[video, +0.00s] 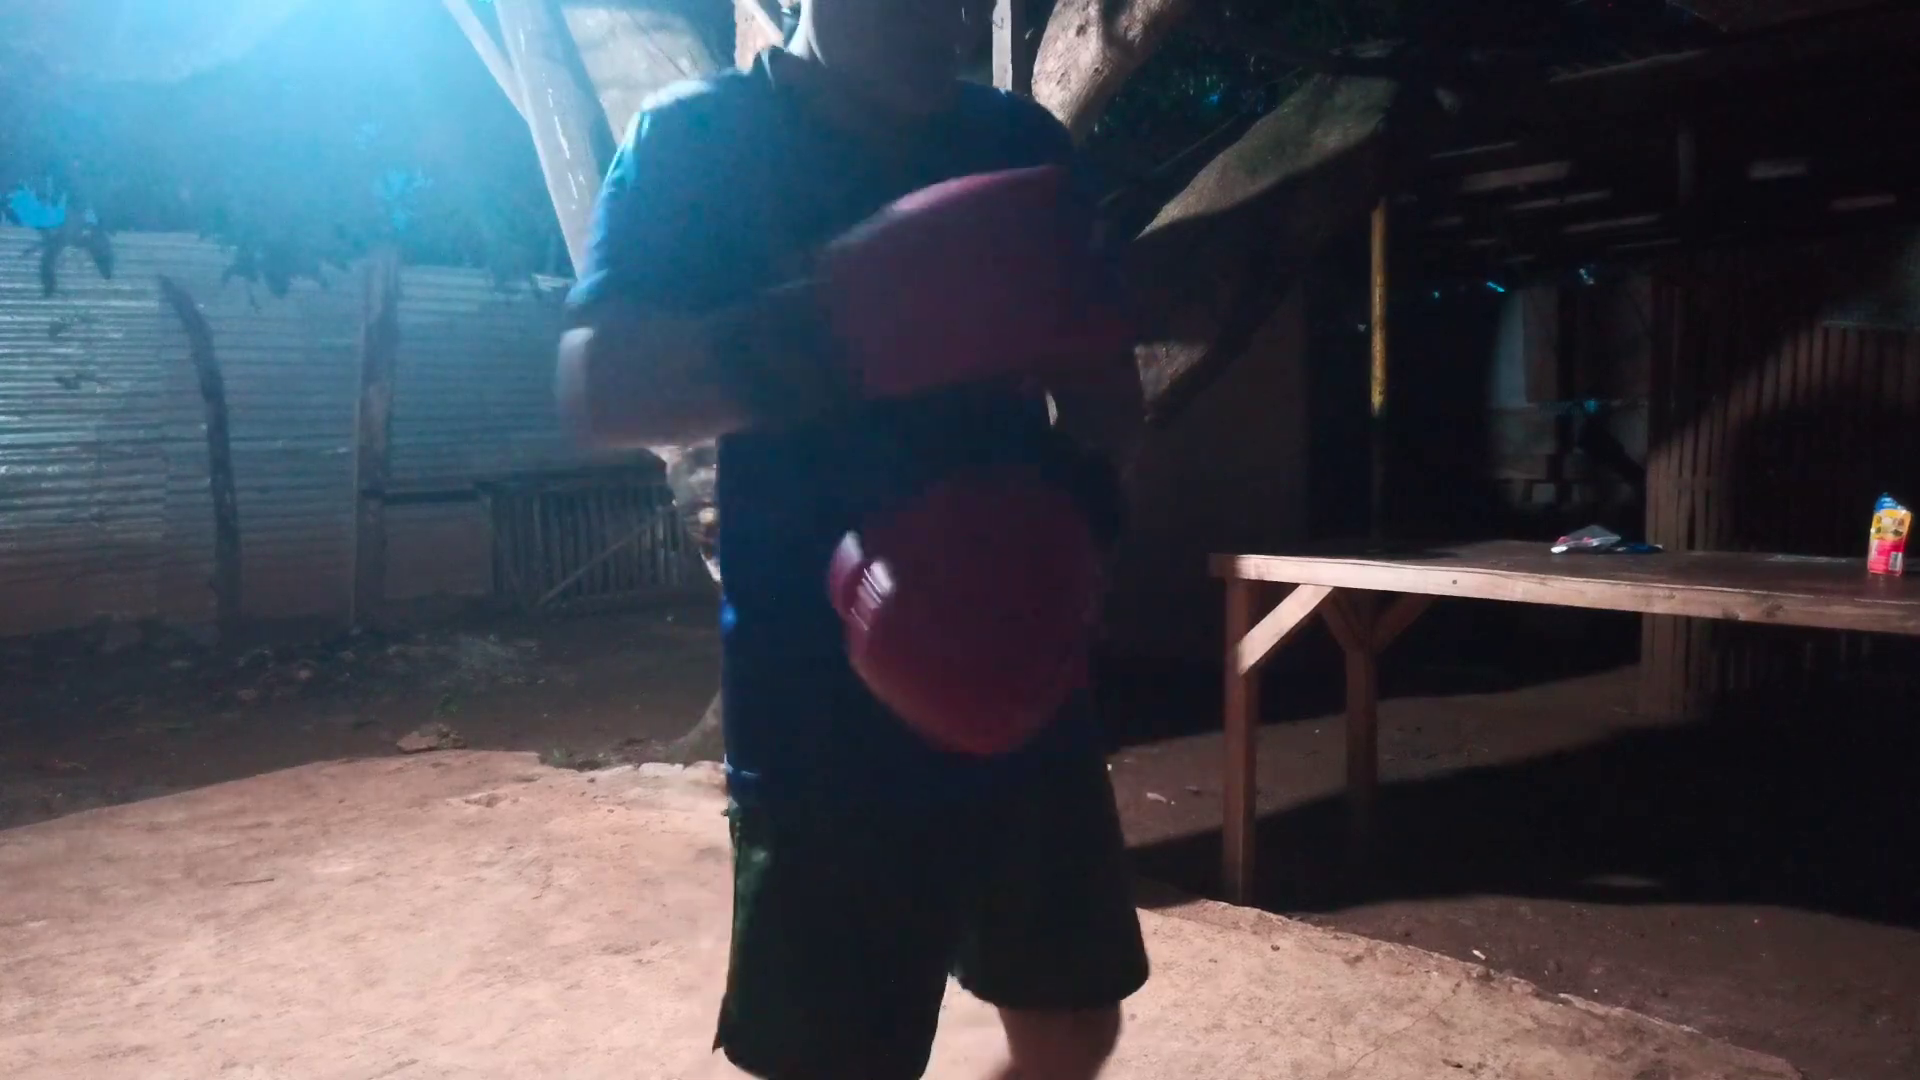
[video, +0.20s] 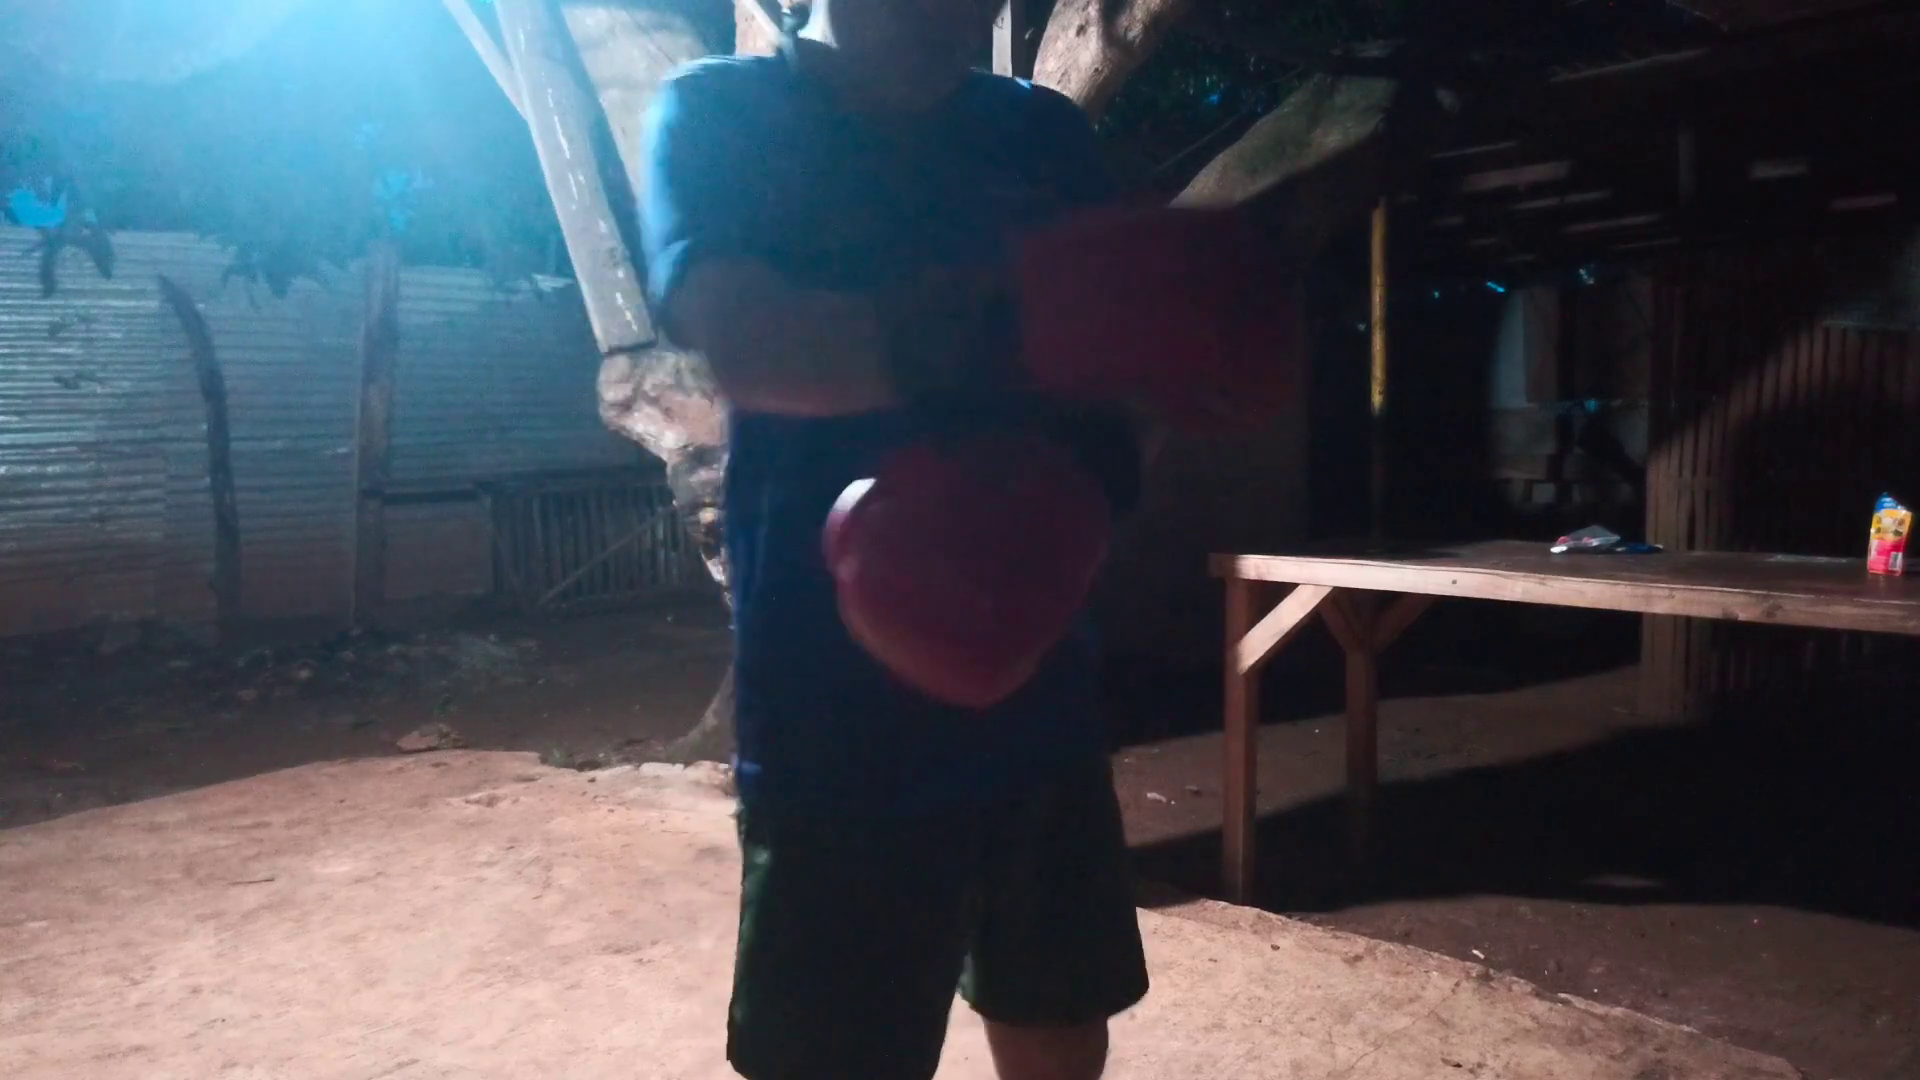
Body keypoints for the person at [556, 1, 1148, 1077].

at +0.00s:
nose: (951, 12)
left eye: (966, 3)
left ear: (979, 6)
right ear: (815, 2)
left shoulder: (1018, 141)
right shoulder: (702, 135)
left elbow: (1106, 394)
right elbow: (599, 390)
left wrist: (1057, 533)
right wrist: (849, 317)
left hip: (1025, 678)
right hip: (817, 702)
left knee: (1070, 1030)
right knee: (831, 1056)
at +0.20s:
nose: (959, 18)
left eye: (979, 4)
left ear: (997, 7)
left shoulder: (1042, 130)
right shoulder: (721, 107)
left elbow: (1124, 356)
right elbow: (738, 341)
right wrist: (1011, 330)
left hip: (1039, 681)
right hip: (830, 694)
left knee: (1059, 1033)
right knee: (830, 1057)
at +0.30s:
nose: (977, 9)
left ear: (1027, 7)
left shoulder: (1071, 141)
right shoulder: (748, 105)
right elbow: (778, 328)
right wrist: (1057, 333)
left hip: (1058, 688)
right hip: (853, 690)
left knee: (1074, 1026)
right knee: (849, 1054)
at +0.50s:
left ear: (1054, 3)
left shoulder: (1128, 148)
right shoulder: (816, 106)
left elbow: (1209, 383)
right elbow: (865, 315)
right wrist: (1108, 400)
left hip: (1094, 660)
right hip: (892, 659)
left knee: (1079, 979)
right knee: (905, 1032)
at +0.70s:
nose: (1017, 4)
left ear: (1085, 7)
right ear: (926, 4)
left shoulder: (1160, 163)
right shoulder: (857, 143)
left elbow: (1217, 413)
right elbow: (788, 389)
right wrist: (1018, 426)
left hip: (1122, 652)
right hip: (926, 655)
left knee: (1089, 1005)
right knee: (941, 1036)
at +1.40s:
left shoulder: (1093, 151)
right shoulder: (761, 142)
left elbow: (1156, 407)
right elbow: (709, 423)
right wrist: (930, 484)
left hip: (1073, 688)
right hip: (859, 693)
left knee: (1066, 1041)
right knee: (887, 1056)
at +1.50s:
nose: (907, 2)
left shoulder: (1056, 148)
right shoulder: (728, 144)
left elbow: (1141, 401)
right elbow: (689, 441)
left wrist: (1087, 572)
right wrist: (905, 586)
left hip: (1040, 681)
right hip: (828, 693)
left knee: (1067, 1034)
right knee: (837, 1053)